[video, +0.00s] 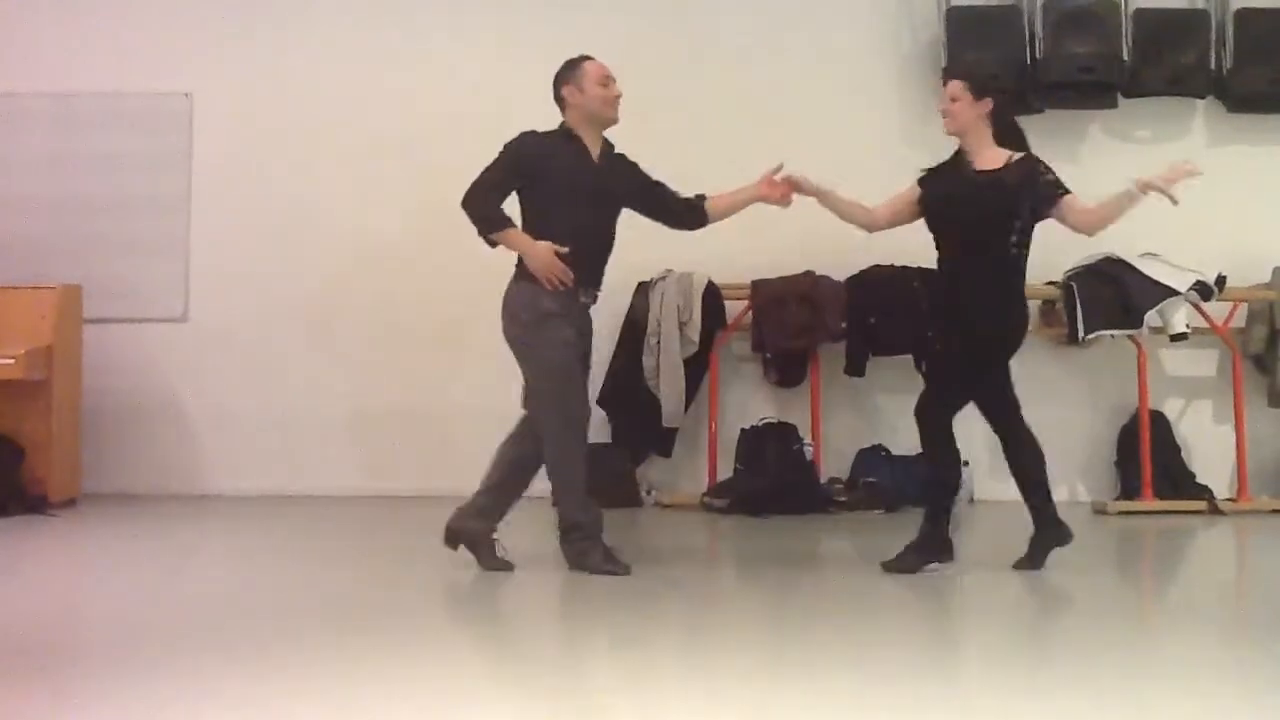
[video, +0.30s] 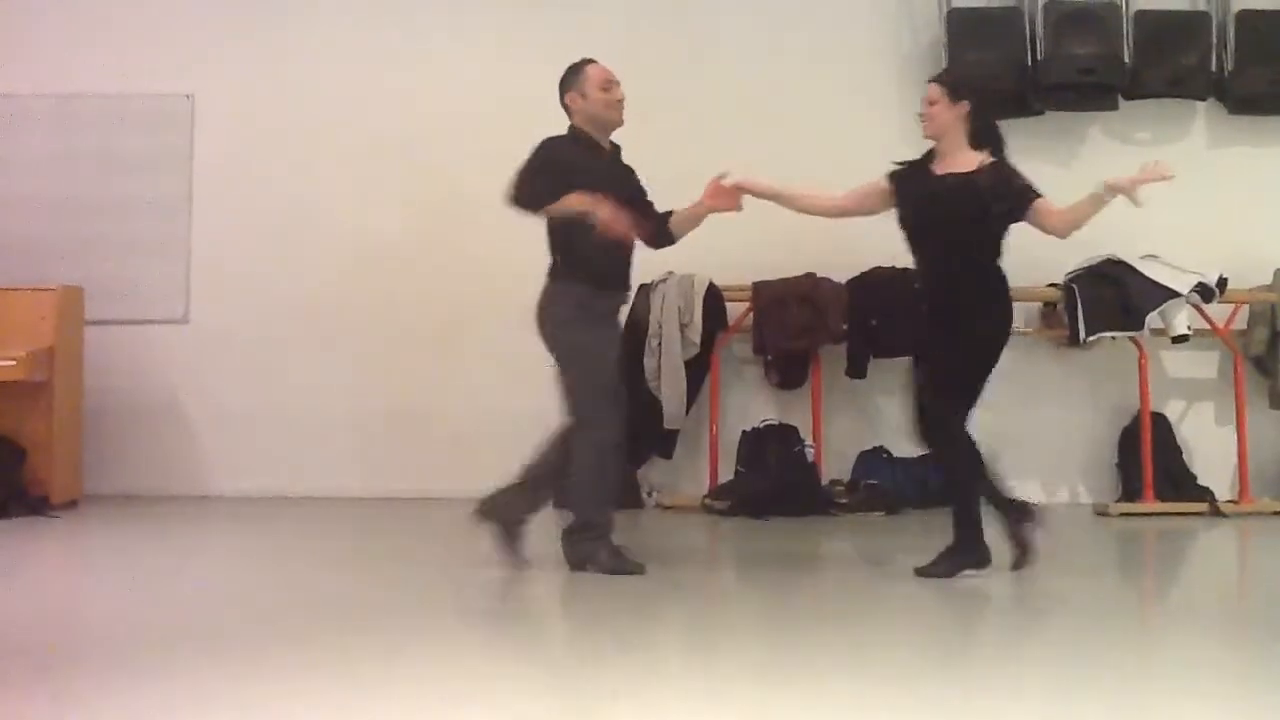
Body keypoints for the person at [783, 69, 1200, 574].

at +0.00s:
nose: (942, 108)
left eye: (952, 99)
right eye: (942, 100)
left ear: (986, 105)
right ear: (958, 107)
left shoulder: (1024, 171)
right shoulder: (943, 179)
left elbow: (1086, 220)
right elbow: (875, 218)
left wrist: (1138, 189)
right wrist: (814, 189)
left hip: (999, 316)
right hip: (952, 316)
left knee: (931, 413)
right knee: (1008, 423)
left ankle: (935, 537)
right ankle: (1048, 523)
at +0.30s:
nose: (923, 112)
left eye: (932, 103)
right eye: (923, 104)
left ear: (963, 109)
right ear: (942, 111)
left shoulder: (996, 176)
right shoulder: (910, 178)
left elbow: (1059, 224)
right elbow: (837, 204)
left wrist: (1110, 190)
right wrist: (756, 187)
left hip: (985, 312)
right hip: (936, 312)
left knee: (943, 422)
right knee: (937, 424)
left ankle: (974, 540)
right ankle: (1005, 517)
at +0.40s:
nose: (896, 116)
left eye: (906, 107)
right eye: (896, 108)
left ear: (937, 113)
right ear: (909, 116)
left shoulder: (968, 181)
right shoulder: (888, 180)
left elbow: (1019, 222)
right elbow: (812, 197)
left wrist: (1051, 188)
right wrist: (728, 182)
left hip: (966, 319)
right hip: (914, 320)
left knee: (962, 427)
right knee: (859, 414)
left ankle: (971, 547)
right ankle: (924, 496)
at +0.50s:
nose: (875, 117)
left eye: (885, 109)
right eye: (876, 110)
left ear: (916, 114)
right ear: (900, 116)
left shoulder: (948, 179)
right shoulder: (869, 182)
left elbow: (983, 223)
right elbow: (795, 196)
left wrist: (997, 182)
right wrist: (718, 181)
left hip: (952, 322)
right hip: (895, 324)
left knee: (961, 431)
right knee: (827, 404)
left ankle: (964, 545)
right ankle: (851, 508)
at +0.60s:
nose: (853, 115)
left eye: (863, 107)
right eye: (854, 107)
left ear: (893, 112)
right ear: (875, 114)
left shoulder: (923, 174)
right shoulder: (851, 181)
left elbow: (939, 219)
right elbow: (776, 189)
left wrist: (928, 169)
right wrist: (717, 166)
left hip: (933, 321)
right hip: (877, 321)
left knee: (948, 425)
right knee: (808, 398)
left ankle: (957, 540)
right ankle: (796, 527)